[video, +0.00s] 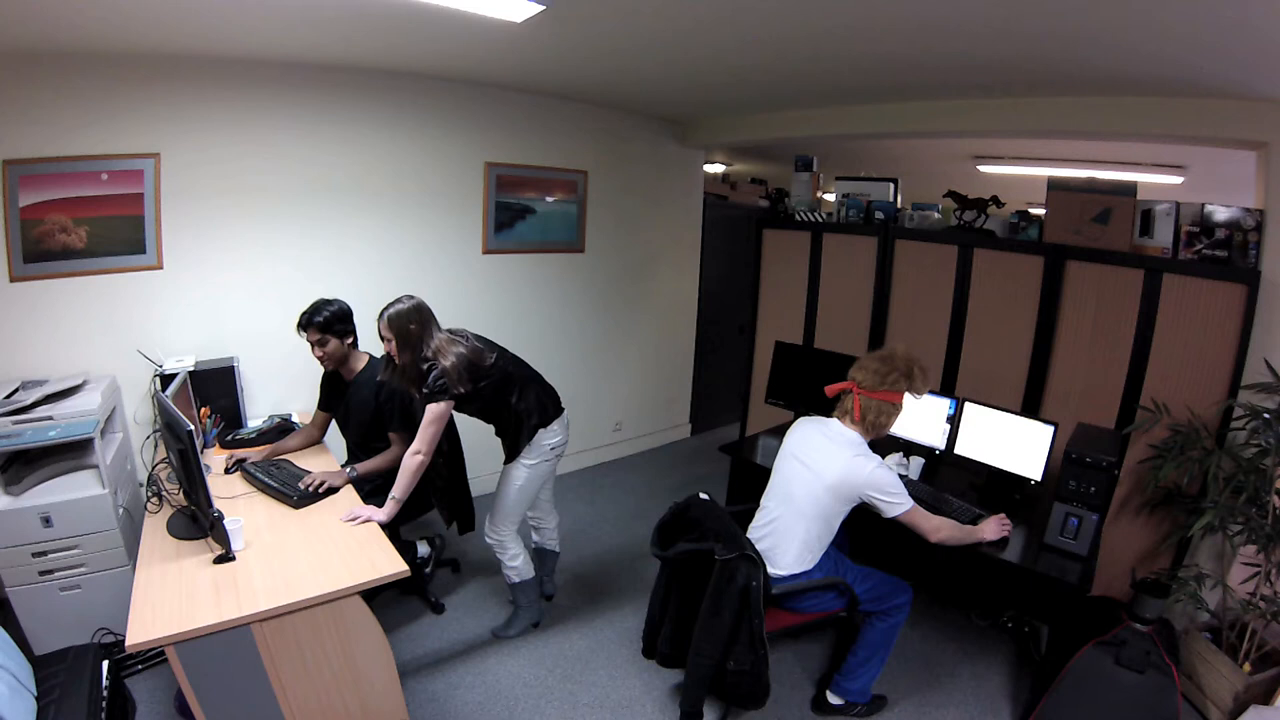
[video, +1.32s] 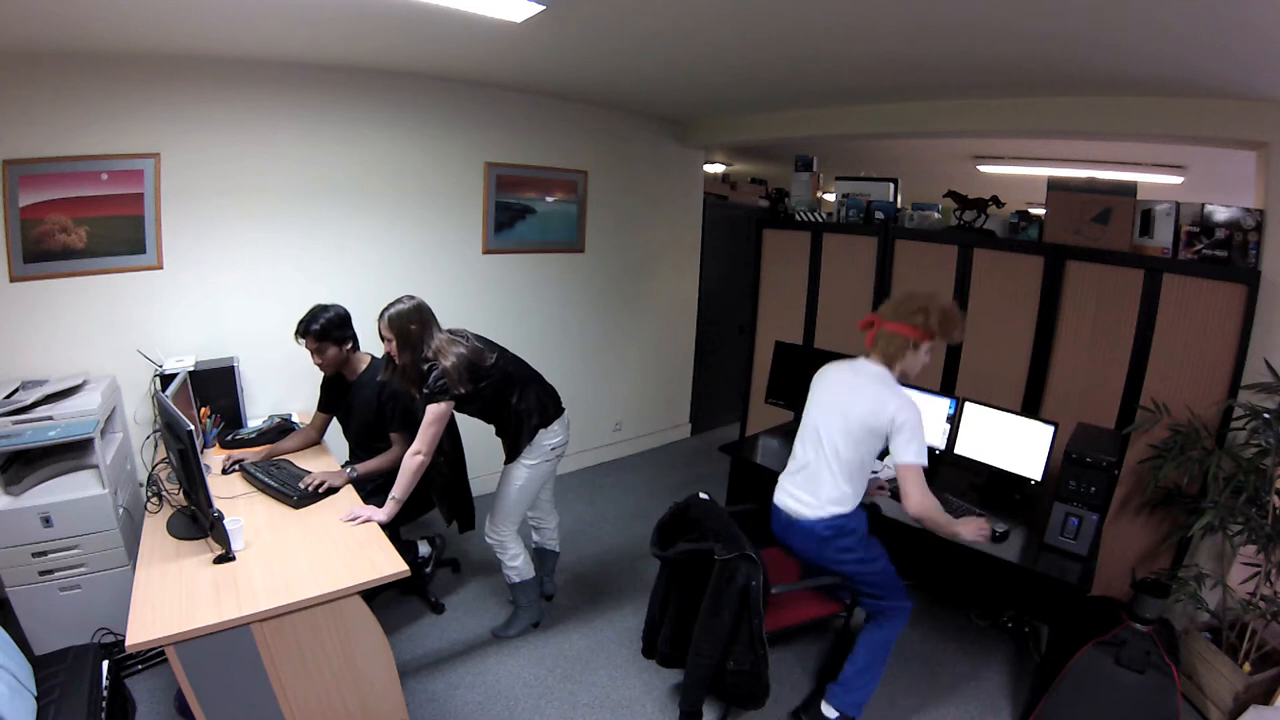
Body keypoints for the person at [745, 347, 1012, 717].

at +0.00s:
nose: (895, 420)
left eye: (897, 412)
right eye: (896, 413)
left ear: (848, 398)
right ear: (886, 417)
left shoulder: (802, 426)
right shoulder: (868, 468)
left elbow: (819, 478)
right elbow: (934, 530)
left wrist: (874, 471)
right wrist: (981, 531)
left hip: (748, 552)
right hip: (786, 577)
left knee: (837, 545)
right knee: (896, 596)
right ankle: (844, 695)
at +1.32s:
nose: (930, 361)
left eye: (932, 352)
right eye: (931, 351)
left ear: (882, 335)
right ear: (917, 347)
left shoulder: (829, 373)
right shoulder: (900, 406)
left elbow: (815, 449)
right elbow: (917, 504)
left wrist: (862, 481)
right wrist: (957, 528)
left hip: (784, 511)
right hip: (827, 529)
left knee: (856, 519)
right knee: (893, 605)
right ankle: (836, 708)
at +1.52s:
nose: (951, 322)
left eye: (954, 311)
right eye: (947, 308)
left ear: (914, 302)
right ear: (918, 301)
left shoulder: (867, 339)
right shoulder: (899, 369)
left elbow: (840, 426)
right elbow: (864, 471)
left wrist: (877, 486)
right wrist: (895, 541)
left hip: (822, 491)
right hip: (847, 508)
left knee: (857, 587)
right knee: (892, 641)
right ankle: (838, 716)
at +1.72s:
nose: (975, 322)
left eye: (980, 310)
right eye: (974, 307)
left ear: (946, 296)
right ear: (943, 291)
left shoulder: (919, 346)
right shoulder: (890, 362)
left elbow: (914, 425)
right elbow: (872, 486)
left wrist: (941, 491)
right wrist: (912, 574)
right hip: (861, 514)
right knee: (877, 669)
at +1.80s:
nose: (987, 318)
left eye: (994, 307)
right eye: (987, 302)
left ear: (960, 288)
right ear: (954, 282)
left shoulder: (935, 339)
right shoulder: (898, 354)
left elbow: (946, 415)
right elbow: (897, 481)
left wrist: (985, 479)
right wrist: (960, 571)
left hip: (892, 501)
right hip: (860, 509)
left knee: (887, 600)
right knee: (856, 664)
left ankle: (865, 665)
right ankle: (838, 709)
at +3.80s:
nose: (998, 329)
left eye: (1004, 318)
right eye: (996, 316)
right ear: (966, 293)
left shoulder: (959, 340)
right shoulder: (904, 355)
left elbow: (966, 419)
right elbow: (894, 486)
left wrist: (988, 494)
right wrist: (906, 590)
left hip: (948, 510)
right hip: (910, 519)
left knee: (919, 614)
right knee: (889, 641)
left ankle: (880, 689)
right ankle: (838, 713)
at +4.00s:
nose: (1003, 324)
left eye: (1009, 313)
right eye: (1002, 310)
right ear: (974, 287)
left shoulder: (965, 338)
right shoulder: (910, 350)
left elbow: (980, 418)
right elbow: (918, 481)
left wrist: (1018, 488)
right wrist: (968, 581)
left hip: (936, 509)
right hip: (897, 519)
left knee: (908, 615)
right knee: (869, 653)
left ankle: (873, 688)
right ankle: (834, 714)